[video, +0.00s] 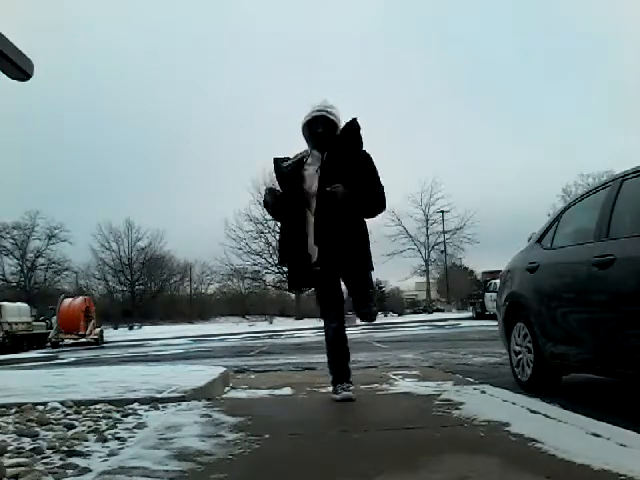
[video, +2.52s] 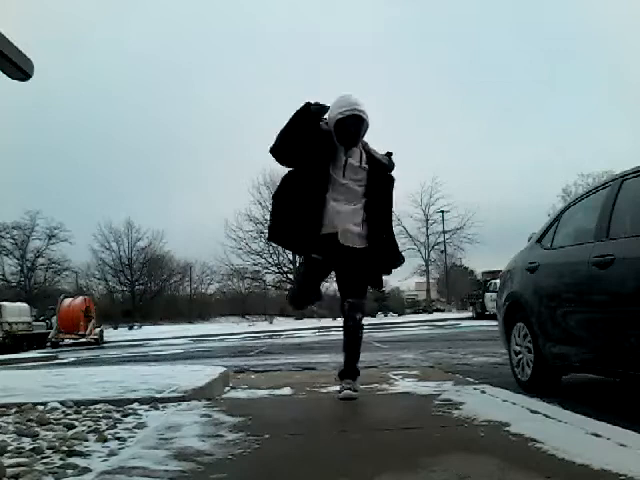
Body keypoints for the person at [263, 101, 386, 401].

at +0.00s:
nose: (319, 132)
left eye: (325, 126)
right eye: (313, 127)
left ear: (336, 129)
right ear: (305, 132)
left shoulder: (355, 159)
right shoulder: (295, 169)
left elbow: (376, 203)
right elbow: (287, 213)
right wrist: (273, 200)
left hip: (351, 247)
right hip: (316, 252)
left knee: (365, 311)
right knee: (332, 319)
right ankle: (341, 381)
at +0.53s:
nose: (359, 147)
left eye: (363, 141)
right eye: (352, 140)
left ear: (367, 144)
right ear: (336, 141)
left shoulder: (369, 182)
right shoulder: (318, 171)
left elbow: (375, 231)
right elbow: (302, 218)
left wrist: (381, 272)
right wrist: (291, 261)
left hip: (357, 264)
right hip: (322, 261)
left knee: (353, 324)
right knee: (309, 317)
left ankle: (342, 380)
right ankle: (296, 284)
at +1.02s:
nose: (319, 145)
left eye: (324, 139)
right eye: (315, 140)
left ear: (340, 139)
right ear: (313, 142)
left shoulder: (367, 169)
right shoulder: (309, 174)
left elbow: (411, 182)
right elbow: (284, 214)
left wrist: (389, 169)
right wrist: (280, 216)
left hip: (357, 262)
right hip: (321, 262)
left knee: (349, 321)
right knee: (317, 314)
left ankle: (343, 380)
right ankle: (287, 310)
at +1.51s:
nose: (308, 129)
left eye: (313, 122)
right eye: (303, 124)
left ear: (329, 123)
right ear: (300, 130)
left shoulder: (351, 146)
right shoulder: (301, 165)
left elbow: (381, 128)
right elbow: (301, 210)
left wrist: (346, 111)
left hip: (357, 241)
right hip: (323, 251)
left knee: (376, 289)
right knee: (334, 318)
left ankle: (387, 308)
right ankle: (344, 379)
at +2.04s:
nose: (349, 124)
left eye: (353, 118)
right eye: (343, 117)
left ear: (355, 118)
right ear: (328, 115)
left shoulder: (365, 150)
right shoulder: (306, 134)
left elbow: (376, 198)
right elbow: (272, 125)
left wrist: (387, 238)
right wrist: (286, 92)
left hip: (355, 235)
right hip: (320, 235)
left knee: (347, 300)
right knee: (327, 301)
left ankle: (350, 371)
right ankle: (333, 362)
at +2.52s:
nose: (353, 129)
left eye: (358, 124)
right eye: (347, 123)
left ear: (365, 127)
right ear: (333, 124)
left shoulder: (377, 167)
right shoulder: (317, 146)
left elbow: (382, 218)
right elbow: (281, 153)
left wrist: (386, 258)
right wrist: (307, 116)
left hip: (357, 246)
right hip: (320, 240)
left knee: (354, 312)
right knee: (297, 299)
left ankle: (349, 379)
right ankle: (313, 294)